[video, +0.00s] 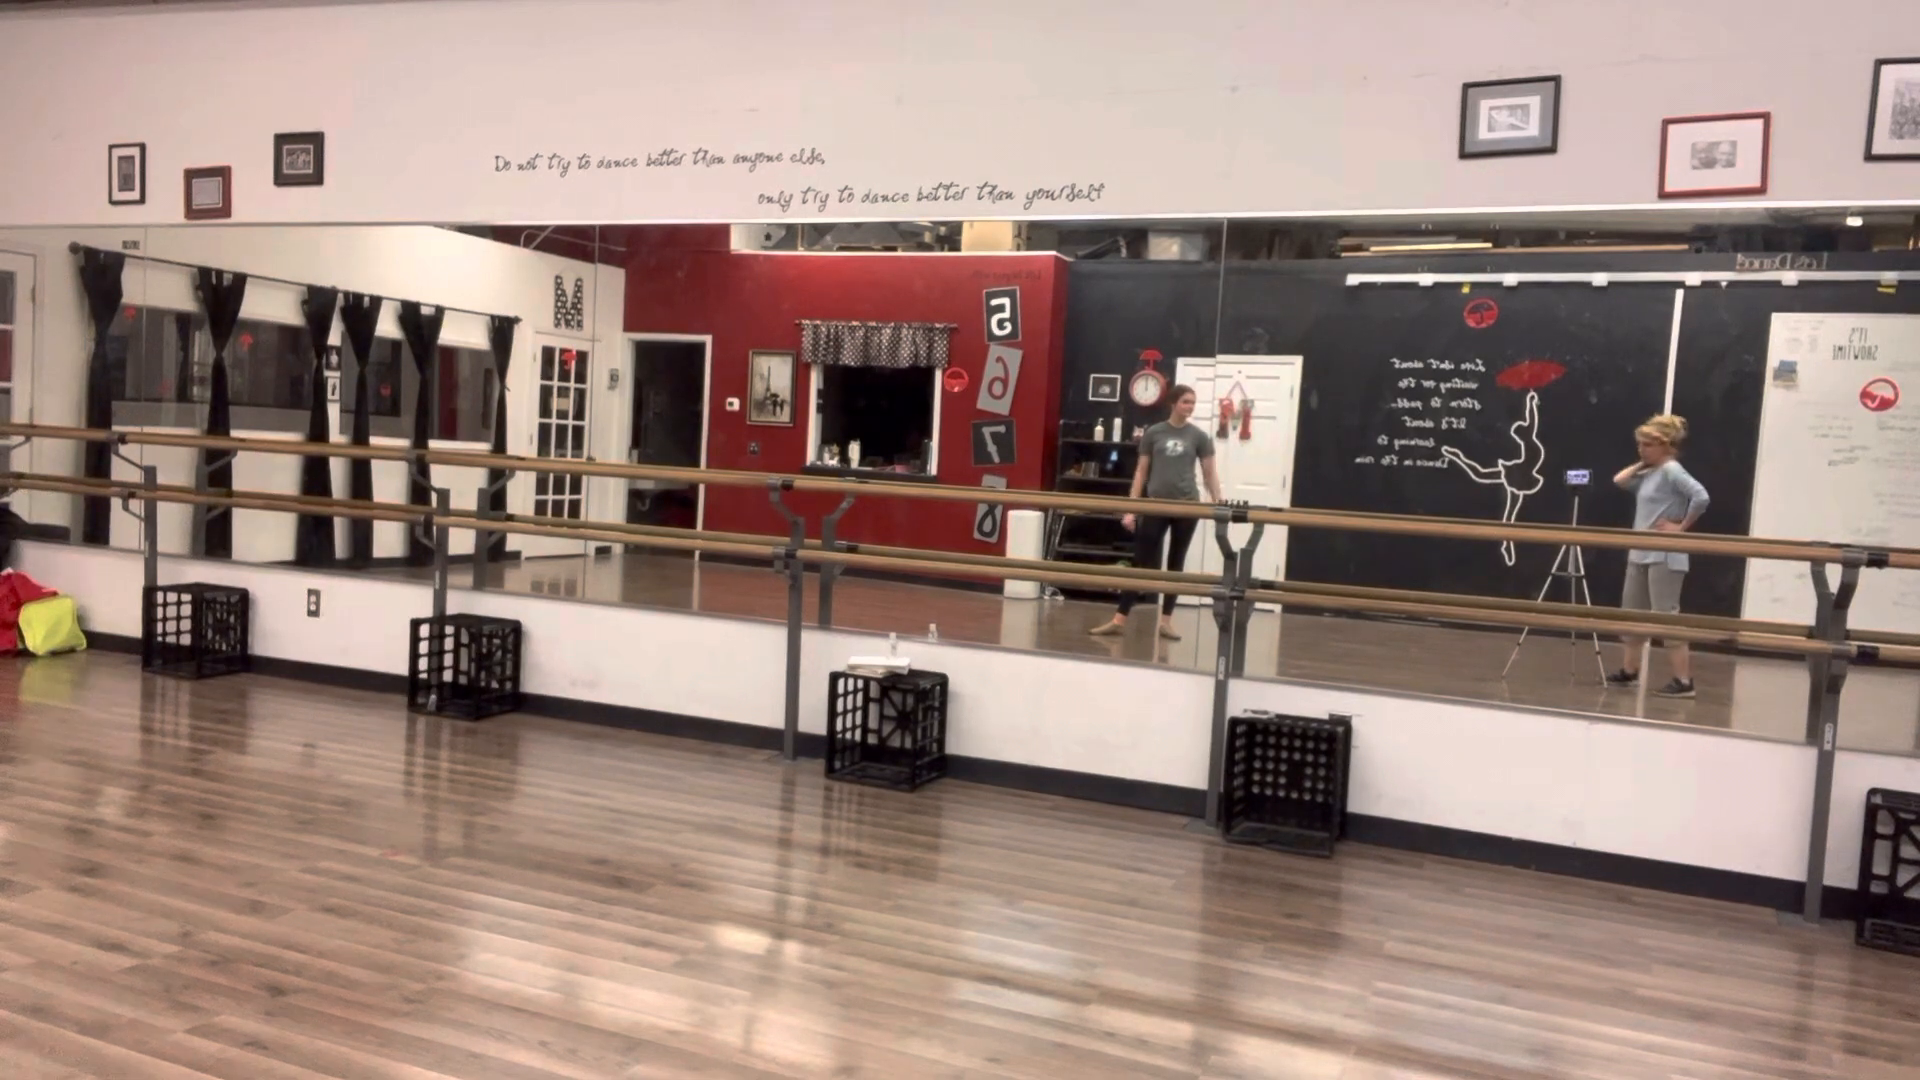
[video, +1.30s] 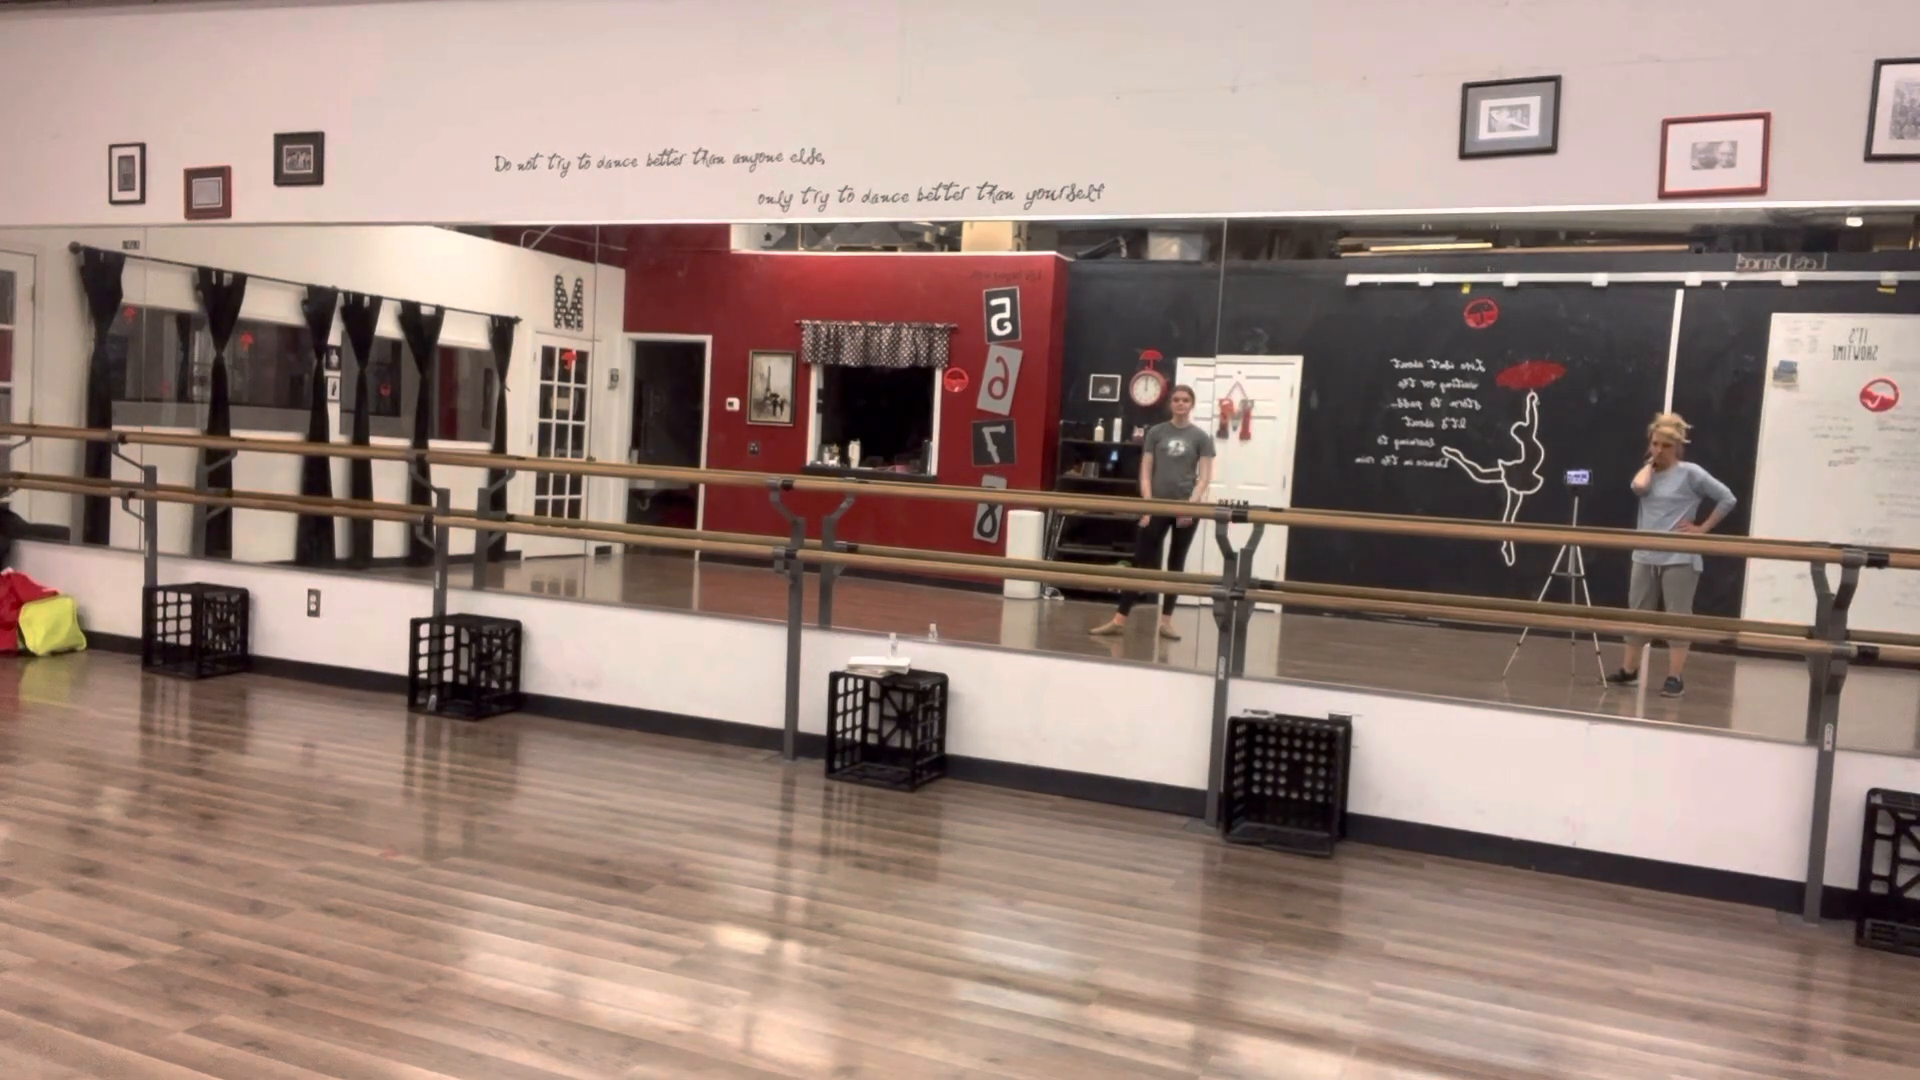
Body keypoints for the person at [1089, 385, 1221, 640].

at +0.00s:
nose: (1189, 407)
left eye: (1192, 403)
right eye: (1185, 402)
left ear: (1194, 406)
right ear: (1173, 403)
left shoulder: (1199, 437)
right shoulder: (1152, 433)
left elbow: (1209, 474)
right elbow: (1141, 472)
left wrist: (1217, 502)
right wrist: (1131, 507)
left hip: (1186, 509)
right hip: (1155, 506)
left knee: (1175, 564)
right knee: (1141, 560)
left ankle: (1165, 620)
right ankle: (1120, 618)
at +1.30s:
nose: (1180, 404)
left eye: (1185, 400)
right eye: (1176, 400)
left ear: (1192, 405)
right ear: (1170, 403)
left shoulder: (1202, 438)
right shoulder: (1155, 432)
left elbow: (1204, 478)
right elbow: (1145, 472)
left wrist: (1191, 507)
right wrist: (1148, 507)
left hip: (1185, 509)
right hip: (1157, 506)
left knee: (1176, 564)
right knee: (1141, 560)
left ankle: (1166, 620)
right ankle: (1120, 617)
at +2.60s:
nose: (1178, 404)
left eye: (1183, 400)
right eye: (1174, 400)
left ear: (1190, 404)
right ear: (1168, 403)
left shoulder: (1200, 436)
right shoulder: (1154, 432)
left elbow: (1200, 476)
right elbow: (1148, 471)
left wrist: (1174, 503)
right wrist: (1164, 503)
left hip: (1186, 505)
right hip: (1157, 502)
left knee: (1175, 561)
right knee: (1142, 557)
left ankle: (1166, 619)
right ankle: (1120, 617)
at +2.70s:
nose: (1178, 404)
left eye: (1183, 400)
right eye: (1174, 400)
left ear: (1190, 404)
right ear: (1168, 403)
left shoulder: (1201, 437)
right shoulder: (1154, 432)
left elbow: (1201, 476)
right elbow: (1147, 474)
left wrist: (1175, 504)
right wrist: (1162, 505)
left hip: (1186, 506)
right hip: (1156, 503)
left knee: (1175, 562)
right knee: (1142, 558)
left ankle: (1166, 619)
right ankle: (1120, 617)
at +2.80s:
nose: (1179, 404)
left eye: (1183, 400)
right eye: (1175, 400)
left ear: (1190, 404)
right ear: (1168, 403)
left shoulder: (1201, 437)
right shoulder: (1154, 432)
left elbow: (1202, 477)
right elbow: (1146, 473)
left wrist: (1183, 510)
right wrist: (1152, 505)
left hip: (1185, 508)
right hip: (1156, 505)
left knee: (1175, 563)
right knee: (1142, 560)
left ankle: (1166, 619)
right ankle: (1120, 617)